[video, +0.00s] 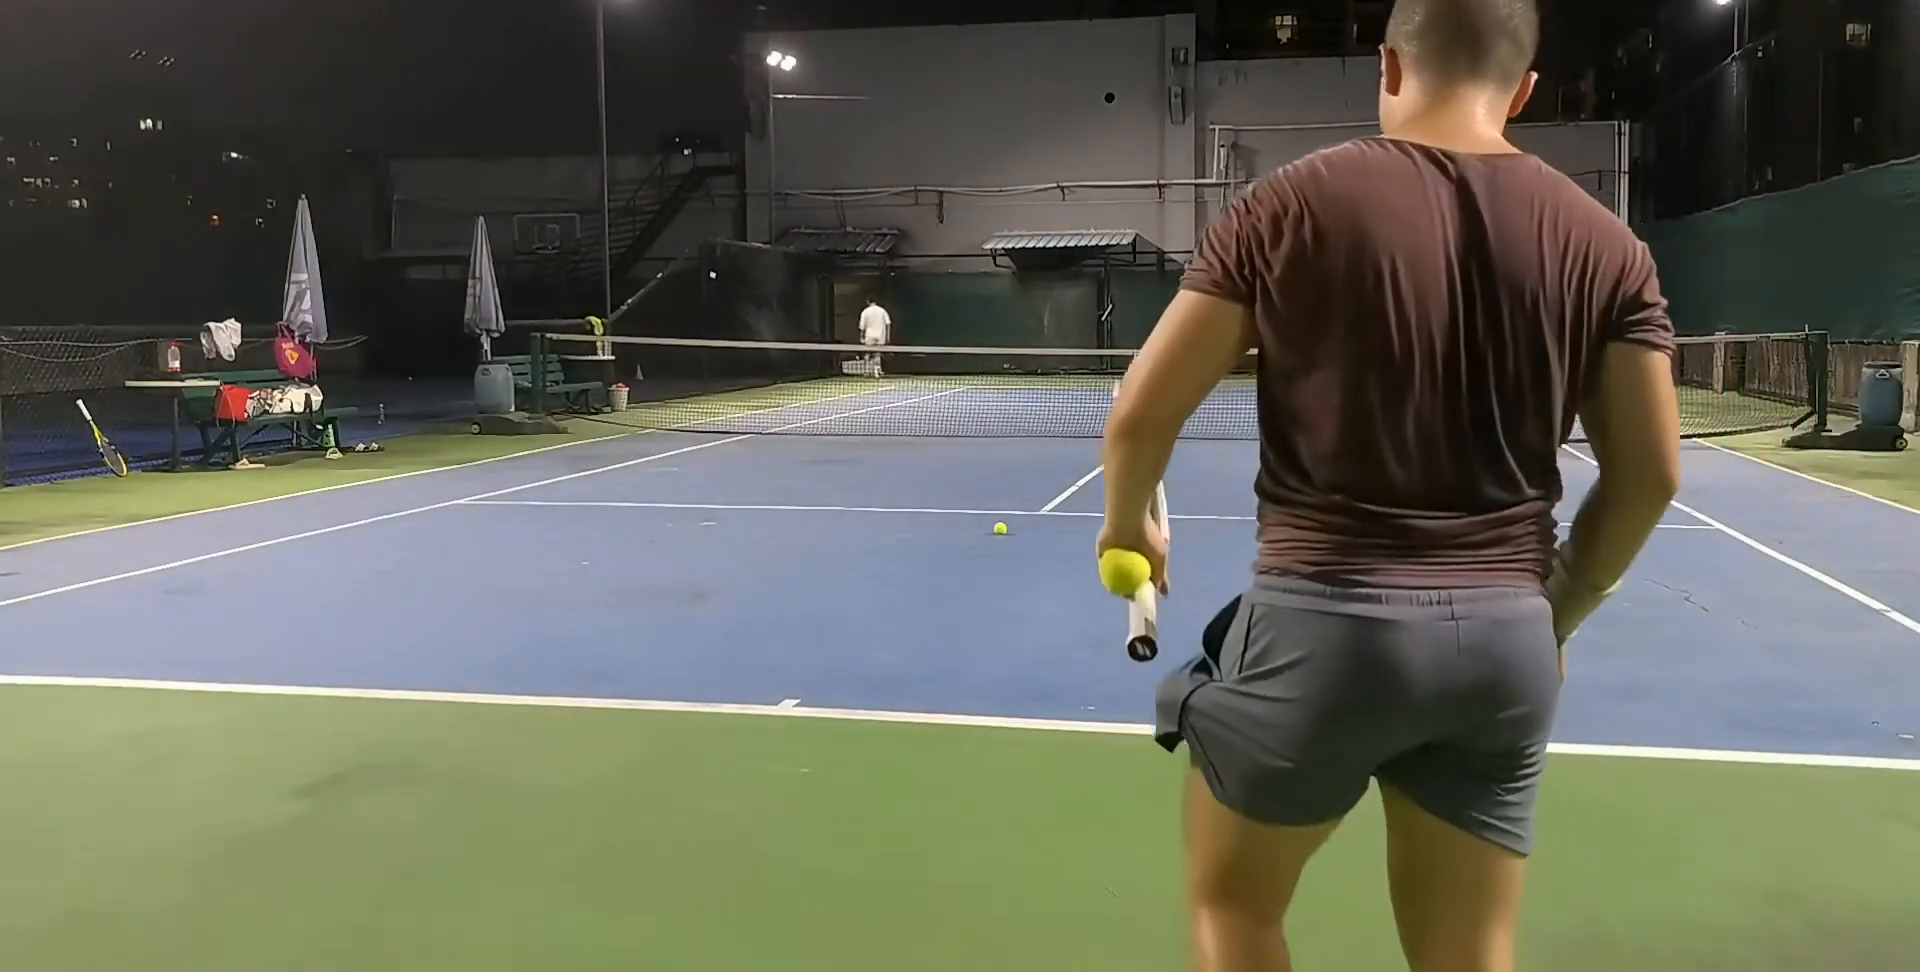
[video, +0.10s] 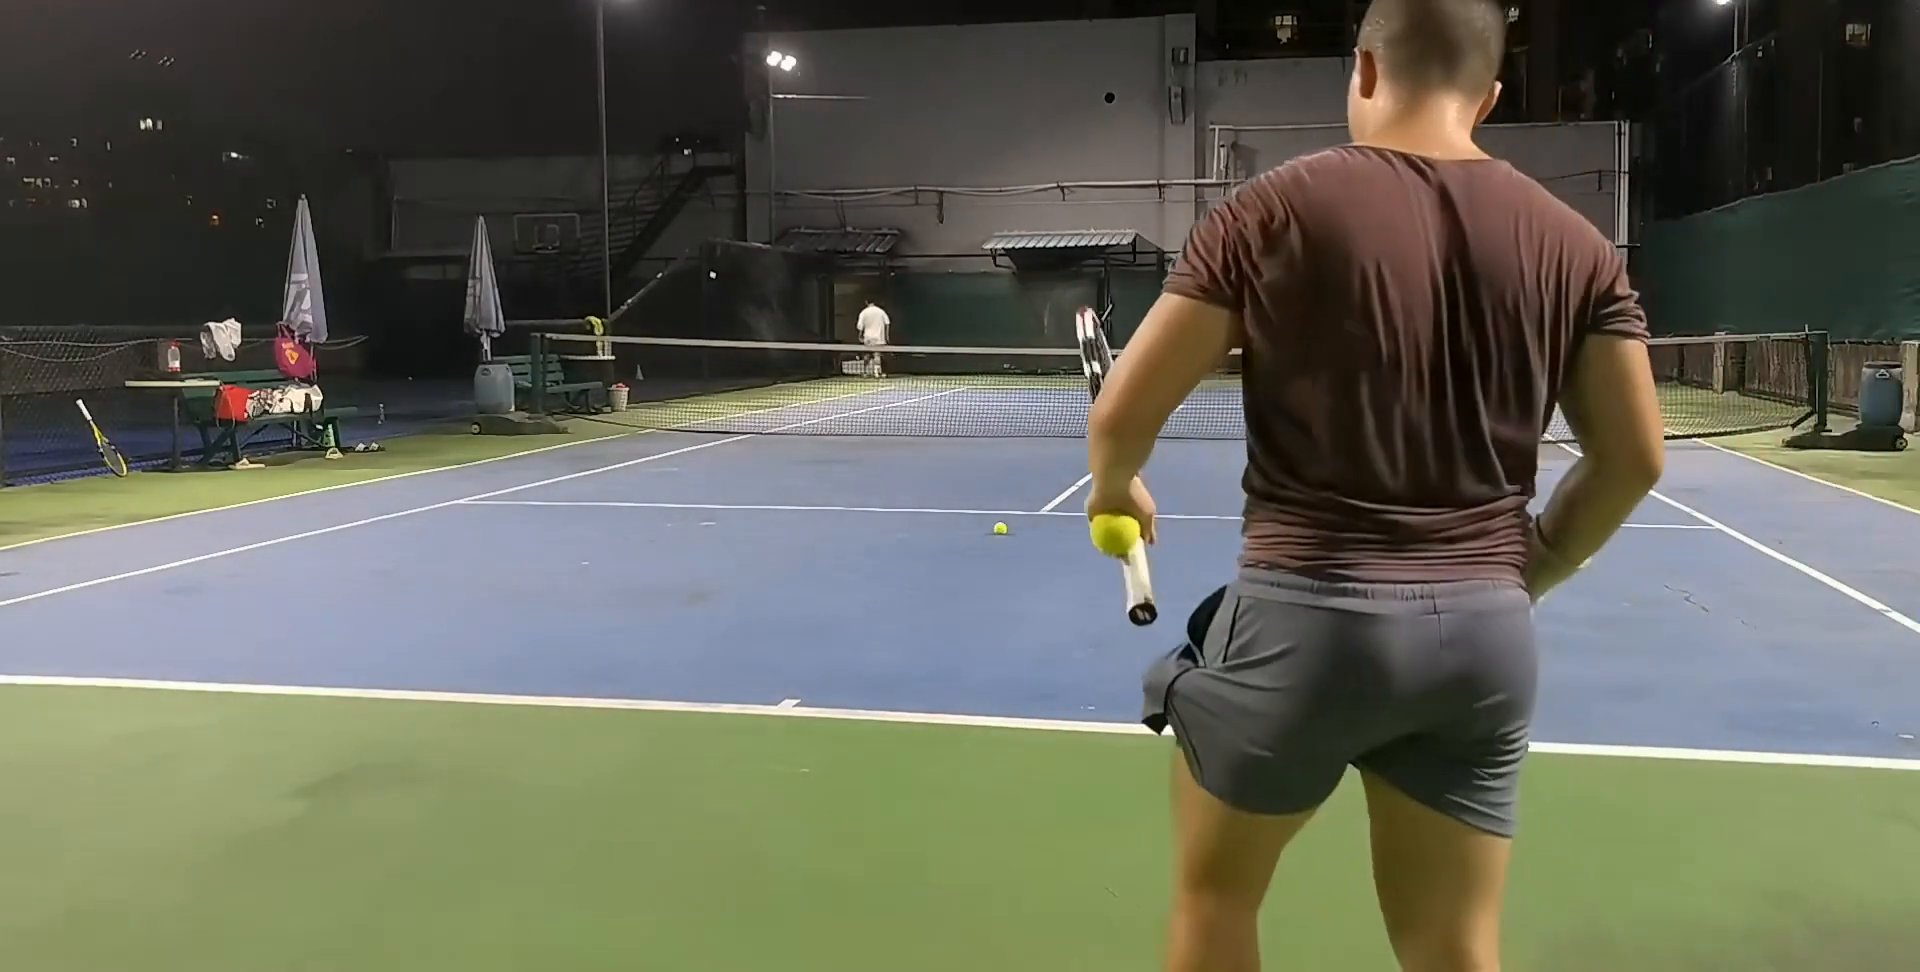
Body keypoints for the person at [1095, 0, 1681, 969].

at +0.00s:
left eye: (1382, 68)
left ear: (1391, 68)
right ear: (1521, 90)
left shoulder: (1294, 201)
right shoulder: (1599, 240)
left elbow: (1141, 413)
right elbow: (1646, 474)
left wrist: (1128, 527)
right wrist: (1553, 615)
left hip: (1317, 625)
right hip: (1503, 625)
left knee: (1235, 909)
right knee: (1469, 948)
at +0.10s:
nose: (1346, 94)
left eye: (1348, 74)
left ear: (1364, 73)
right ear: (1490, 96)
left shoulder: (1277, 207)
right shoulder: (1570, 241)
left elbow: (1124, 409)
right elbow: (1631, 455)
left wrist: (1113, 494)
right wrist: (1529, 568)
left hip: (1300, 622)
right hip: (1483, 624)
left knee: (1214, 906)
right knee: (1456, 943)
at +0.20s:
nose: (1316, 107)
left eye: (1317, 91)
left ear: (1331, 88)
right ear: (1449, 108)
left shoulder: (1244, 220)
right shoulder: (1532, 248)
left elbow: (1103, 420)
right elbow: (1604, 443)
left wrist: (1104, 473)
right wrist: (1492, 523)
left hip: (1280, 623)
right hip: (1455, 618)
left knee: (1206, 924)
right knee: (1443, 944)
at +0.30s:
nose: (1277, 118)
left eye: (1278, 102)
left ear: (1291, 101)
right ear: (1407, 118)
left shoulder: (1203, 239)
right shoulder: (1487, 256)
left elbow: (1086, 437)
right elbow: (1543, 443)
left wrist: (1110, 465)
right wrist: (1425, 485)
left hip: (1247, 621)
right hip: (1420, 620)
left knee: (1184, 909)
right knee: (1412, 933)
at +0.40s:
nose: (1236, 126)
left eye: (1236, 109)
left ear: (1246, 105)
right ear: (1365, 121)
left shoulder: (1162, 249)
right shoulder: (1437, 259)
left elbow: (1087, 452)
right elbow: (1469, 444)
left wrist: (1115, 469)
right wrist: (1351, 470)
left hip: (1204, 613)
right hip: (1370, 614)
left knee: (1154, 890)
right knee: (1375, 912)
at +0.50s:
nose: (1199, 115)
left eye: (1198, 101)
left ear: (1206, 101)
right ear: (1322, 114)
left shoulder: (1123, 248)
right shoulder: (1392, 253)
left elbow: (1079, 451)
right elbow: (1408, 438)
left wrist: (1166, 436)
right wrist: (1298, 451)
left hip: (1168, 598)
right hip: (1327, 600)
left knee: (1141, 880)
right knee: (1336, 885)